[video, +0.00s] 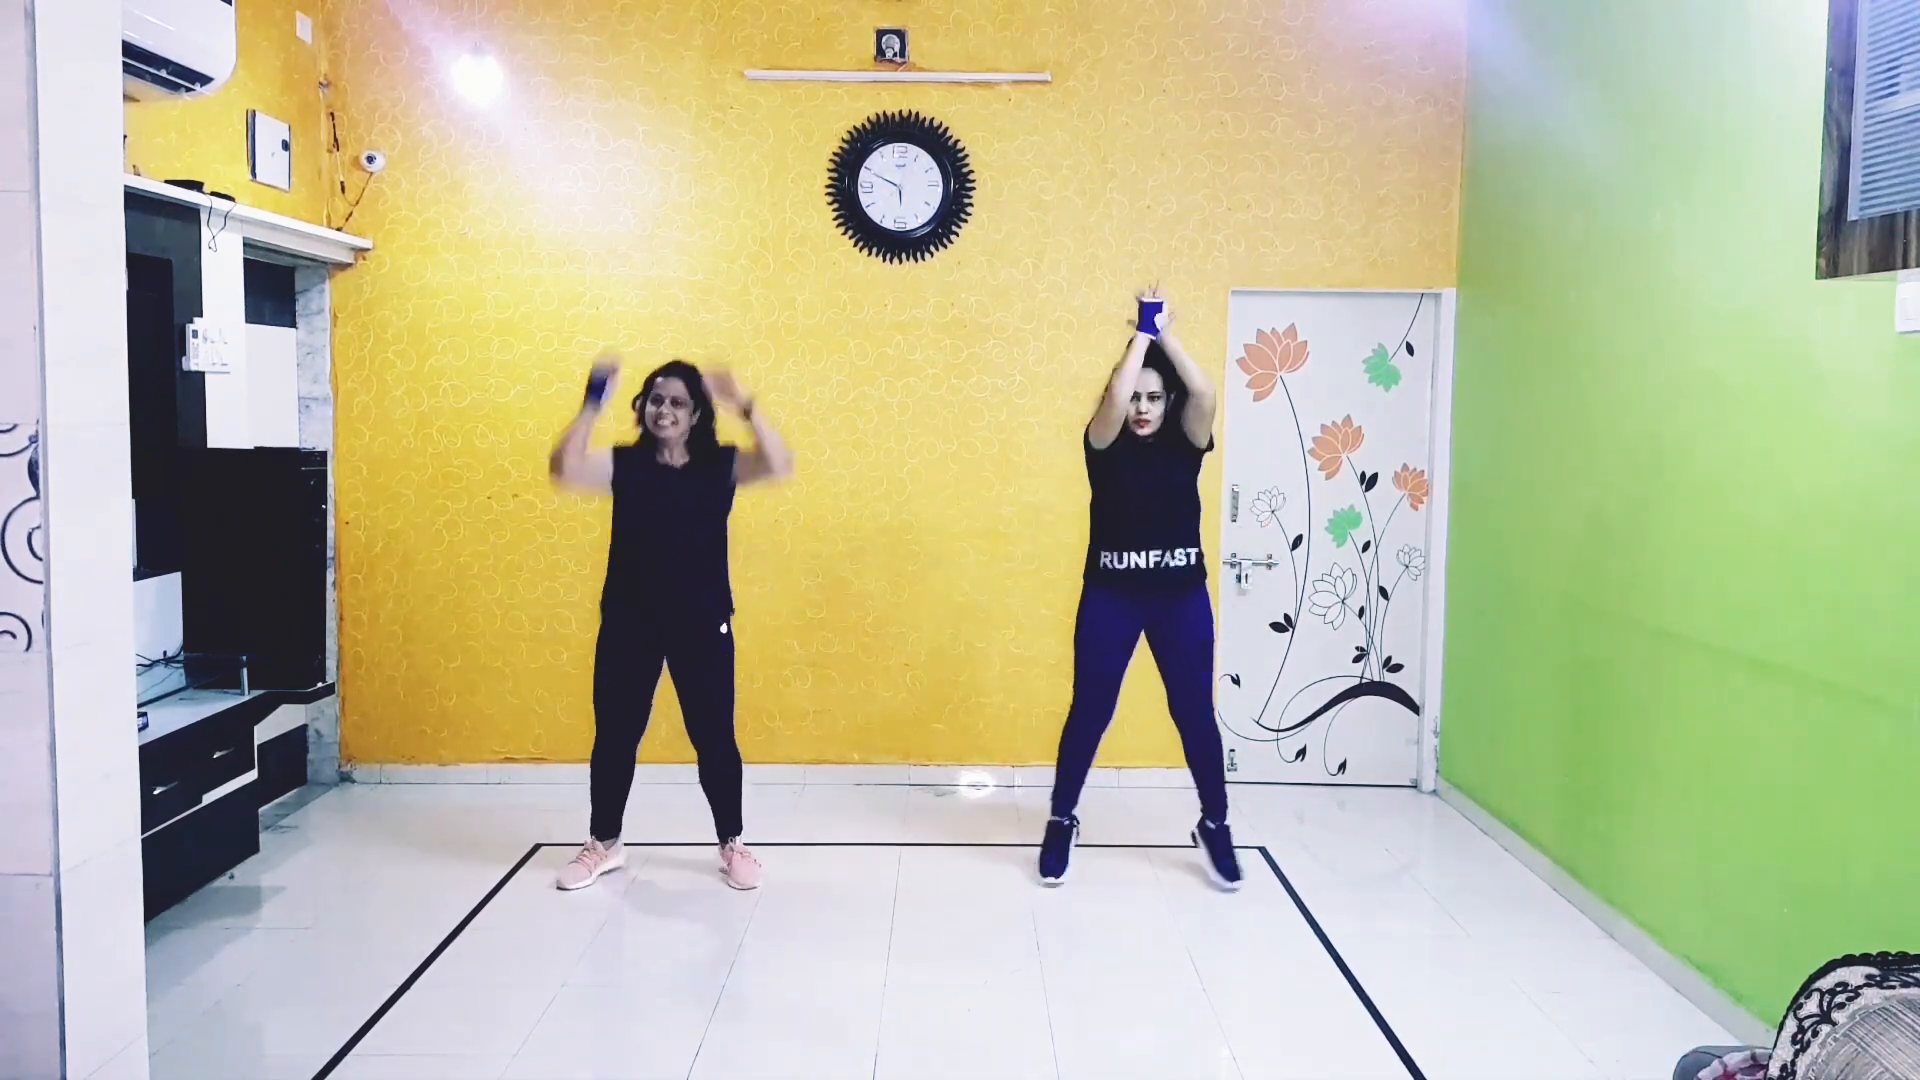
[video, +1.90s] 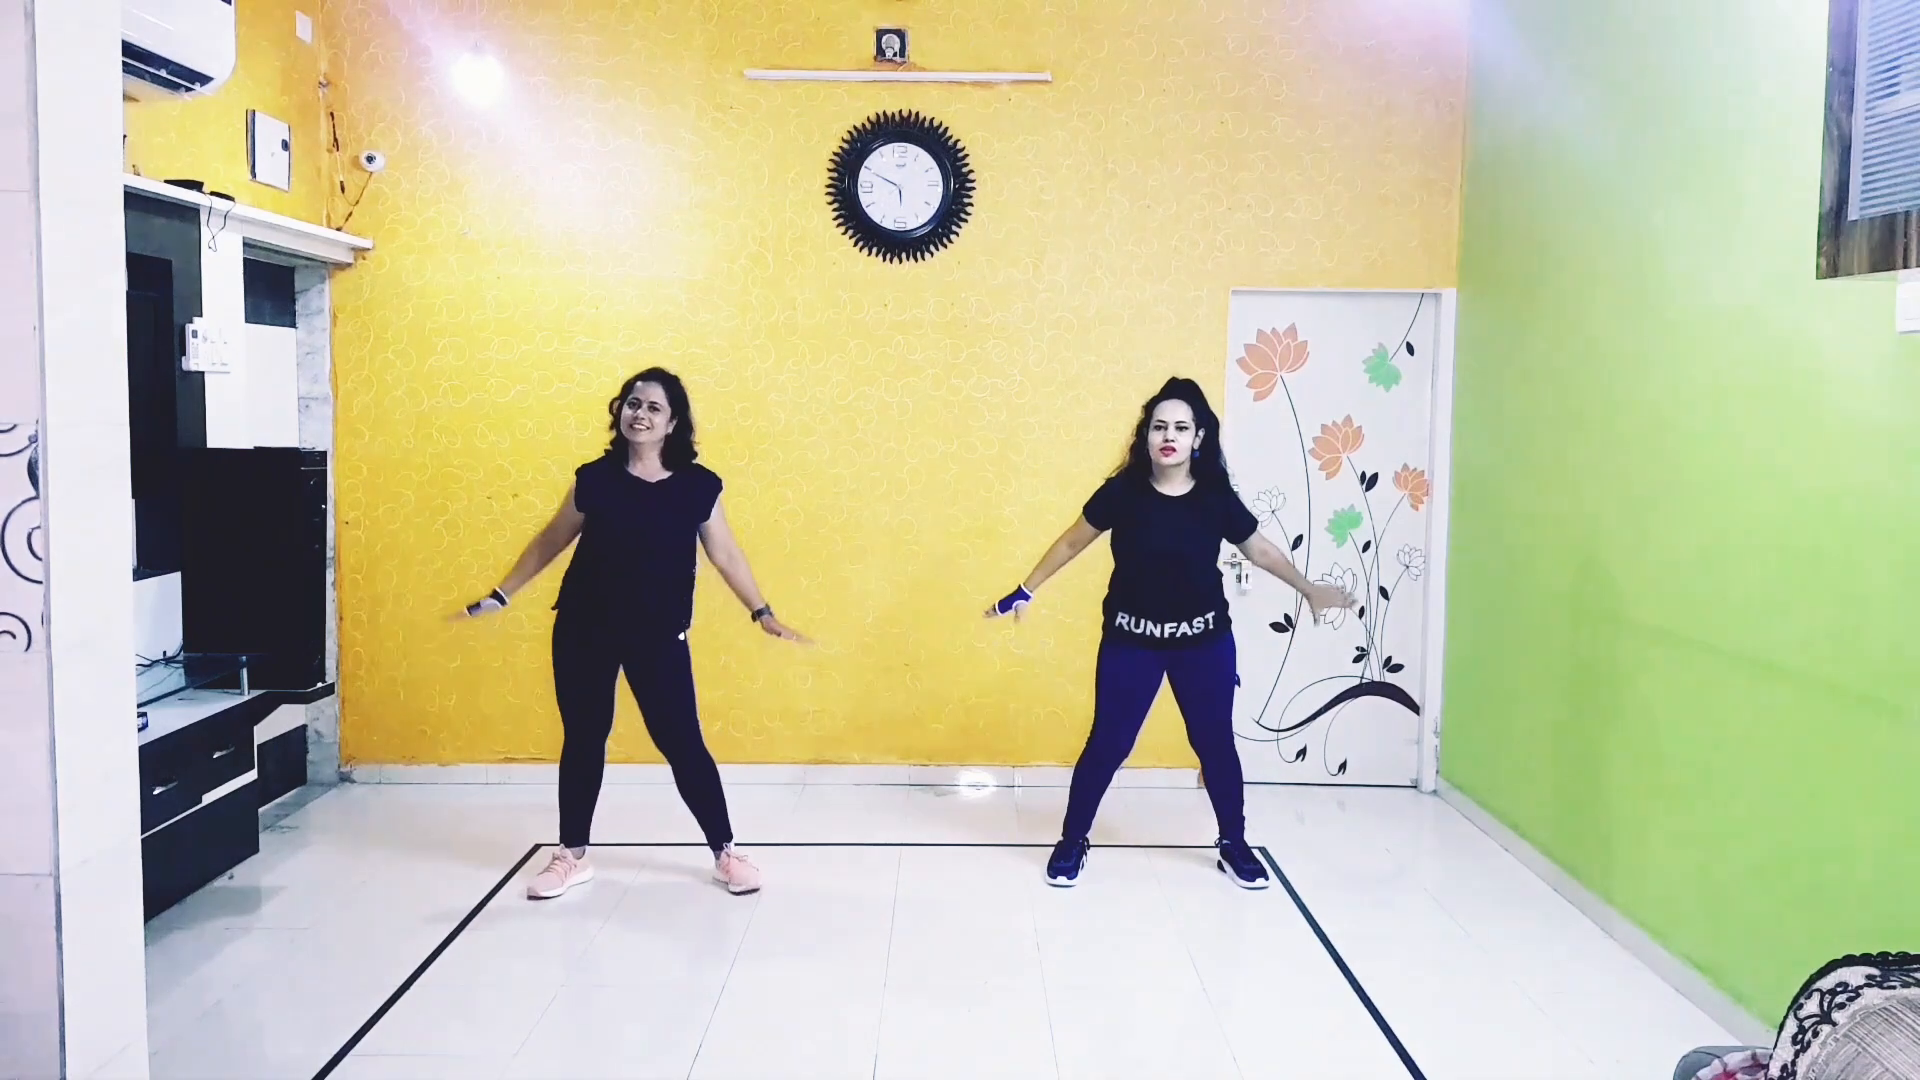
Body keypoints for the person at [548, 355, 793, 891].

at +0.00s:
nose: (663, 408)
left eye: (676, 401)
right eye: (655, 399)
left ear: (697, 413)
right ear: (643, 408)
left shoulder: (721, 464)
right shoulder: (624, 462)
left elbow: (779, 465)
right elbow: (564, 469)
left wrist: (745, 406)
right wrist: (590, 406)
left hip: (701, 623)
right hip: (629, 621)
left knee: (715, 737)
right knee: (614, 734)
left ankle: (732, 845)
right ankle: (603, 845)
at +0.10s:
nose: (668, 384)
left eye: (682, 378)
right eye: (662, 375)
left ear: (702, 388)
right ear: (649, 380)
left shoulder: (718, 424)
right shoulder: (631, 413)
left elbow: (761, 377)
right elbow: (592, 356)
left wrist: (757, 306)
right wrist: (607, 285)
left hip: (701, 586)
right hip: (634, 585)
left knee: (717, 715)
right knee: (612, 711)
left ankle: (737, 835)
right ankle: (590, 830)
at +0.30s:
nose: (675, 387)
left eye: (687, 379)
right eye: (666, 376)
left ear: (706, 388)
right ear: (650, 381)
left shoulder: (724, 432)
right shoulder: (627, 423)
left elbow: (791, 436)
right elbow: (558, 414)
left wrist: (775, 375)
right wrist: (582, 353)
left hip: (703, 589)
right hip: (634, 586)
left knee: (716, 719)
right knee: (605, 713)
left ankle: (738, 842)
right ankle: (569, 834)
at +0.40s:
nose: (672, 410)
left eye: (685, 404)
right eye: (664, 400)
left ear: (703, 416)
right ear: (649, 409)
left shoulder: (726, 480)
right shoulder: (623, 474)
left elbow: (766, 535)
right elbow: (580, 527)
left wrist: (783, 543)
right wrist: (554, 537)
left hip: (702, 627)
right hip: (630, 624)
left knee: (714, 745)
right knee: (603, 740)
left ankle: (729, 854)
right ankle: (571, 853)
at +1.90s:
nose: (640, 413)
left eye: (654, 407)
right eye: (633, 404)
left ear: (674, 421)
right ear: (619, 413)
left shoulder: (696, 486)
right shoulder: (594, 479)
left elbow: (726, 554)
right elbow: (551, 541)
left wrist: (762, 612)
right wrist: (501, 594)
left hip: (656, 635)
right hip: (584, 630)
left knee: (683, 742)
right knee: (583, 738)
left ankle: (726, 853)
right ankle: (571, 854)